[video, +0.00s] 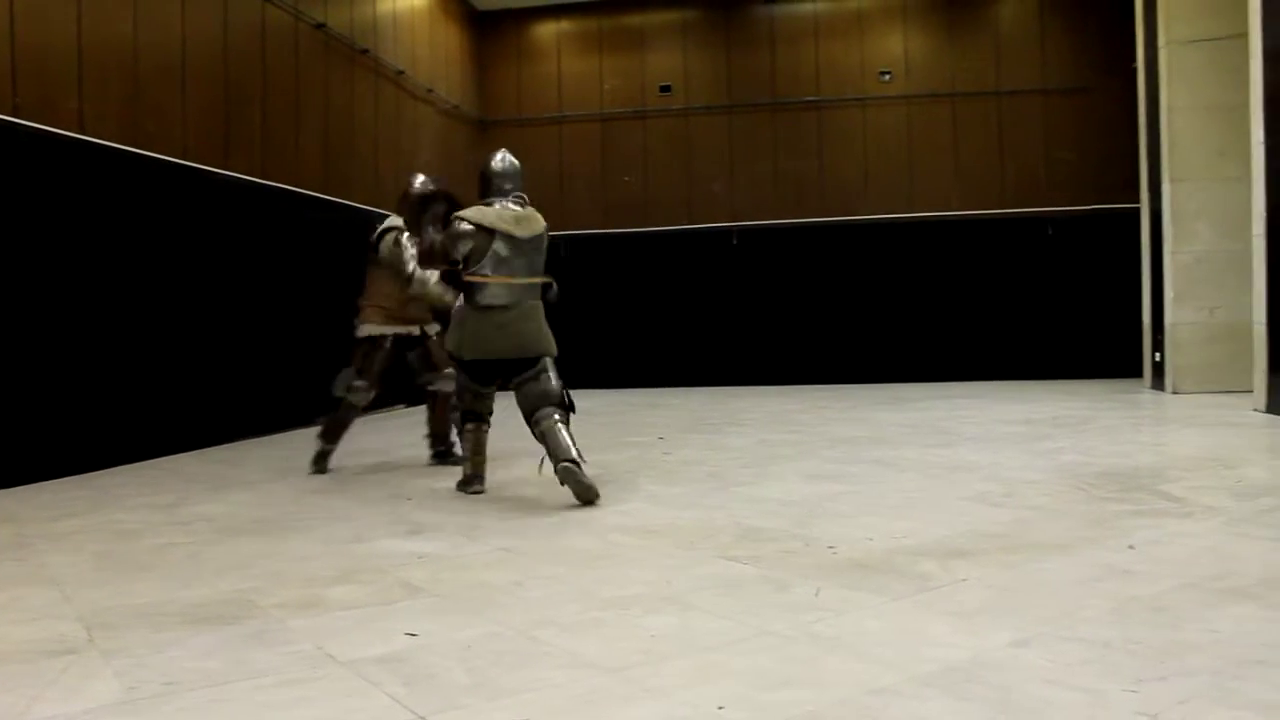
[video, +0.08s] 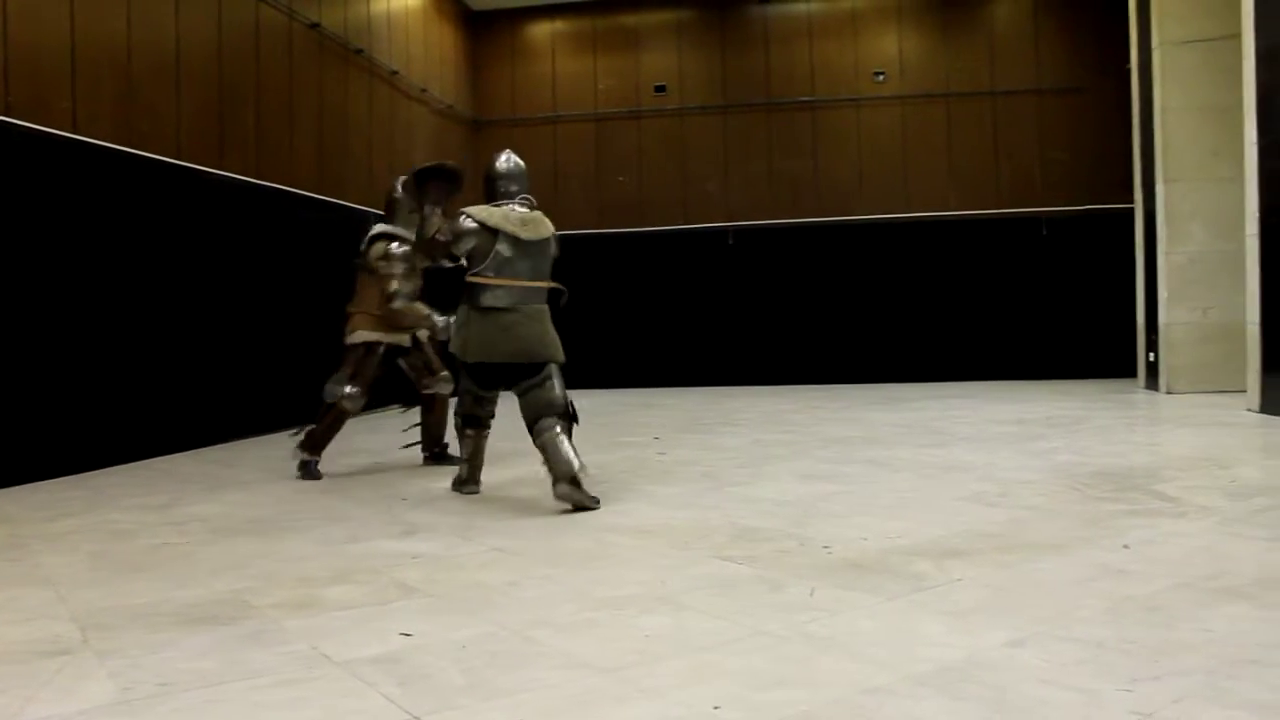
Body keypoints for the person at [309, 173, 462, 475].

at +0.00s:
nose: (436, 218)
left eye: (437, 211)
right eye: (431, 210)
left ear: (433, 209)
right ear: (415, 206)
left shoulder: (431, 239)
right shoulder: (394, 234)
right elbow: (415, 276)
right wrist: (450, 297)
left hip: (420, 322)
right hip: (382, 324)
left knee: (443, 378)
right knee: (363, 388)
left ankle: (442, 447)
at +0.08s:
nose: (439, 205)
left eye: (443, 199)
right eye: (435, 197)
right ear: (414, 202)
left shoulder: (417, 242)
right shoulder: (387, 243)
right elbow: (393, 301)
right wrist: (433, 319)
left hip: (407, 327)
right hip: (372, 327)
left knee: (438, 383)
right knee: (353, 395)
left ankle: (434, 450)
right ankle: (310, 453)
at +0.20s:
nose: (390, 216)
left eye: (392, 210)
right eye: (385, 209)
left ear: (394, 209)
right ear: (371, 208)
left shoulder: (392, 240)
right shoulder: (359, 244)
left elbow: (426, 255)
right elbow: (364, 301)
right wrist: (405, 321)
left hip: (381, 328)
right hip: (350, 329)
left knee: (417, 385)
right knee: (346, 396)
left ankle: (426, 451)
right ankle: (307, 462)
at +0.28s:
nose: (368, 212)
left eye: (370, 206)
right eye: (362, 205)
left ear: (372, 207)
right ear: (349, 205)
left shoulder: (373, 240)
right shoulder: (340, 241)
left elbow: (400, 267)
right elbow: (335, 297)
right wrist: (376, 317)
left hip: (364, 328)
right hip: (331, 328)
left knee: (392, 389)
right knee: (328, 396)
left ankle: (410, 450)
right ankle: (298, 463)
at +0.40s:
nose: (341, 208)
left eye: (345, 201)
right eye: (336, 201)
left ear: (349, 202)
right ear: (323, 200)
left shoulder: (347, 239)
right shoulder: (306, 234)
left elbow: (346, 286)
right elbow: (289, 287)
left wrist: (375, 279)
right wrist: (328, 310)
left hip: (340, 327)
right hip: (305, 327)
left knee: (366, 384)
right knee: (308, 394)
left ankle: (359, 451)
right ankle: (288, 463)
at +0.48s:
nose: (323, 206)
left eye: (326, 200)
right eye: (317, 199)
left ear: (329, 201)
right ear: (302, 198)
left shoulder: (331, 236)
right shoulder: (283, 232)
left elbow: (359, 266)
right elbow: (264, 275)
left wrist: (362, 283)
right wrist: (300, 302)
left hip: (327, 328)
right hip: (291, 327)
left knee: (342, 387)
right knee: (291, 393)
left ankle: (318, 443)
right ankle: (277, 463)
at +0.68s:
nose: (293, 205)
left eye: (297, 198)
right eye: (287, 198)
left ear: (302, 200)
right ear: (274, 198)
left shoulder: (311, 238)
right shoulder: (252, 234)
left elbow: (330, 274)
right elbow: (234, 276)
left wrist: (333, 299)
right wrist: (260, 286)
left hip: (300, 326)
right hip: (263, 323)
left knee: (300, 393)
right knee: (270, 388)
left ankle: (276, 444)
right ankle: (265, 460)